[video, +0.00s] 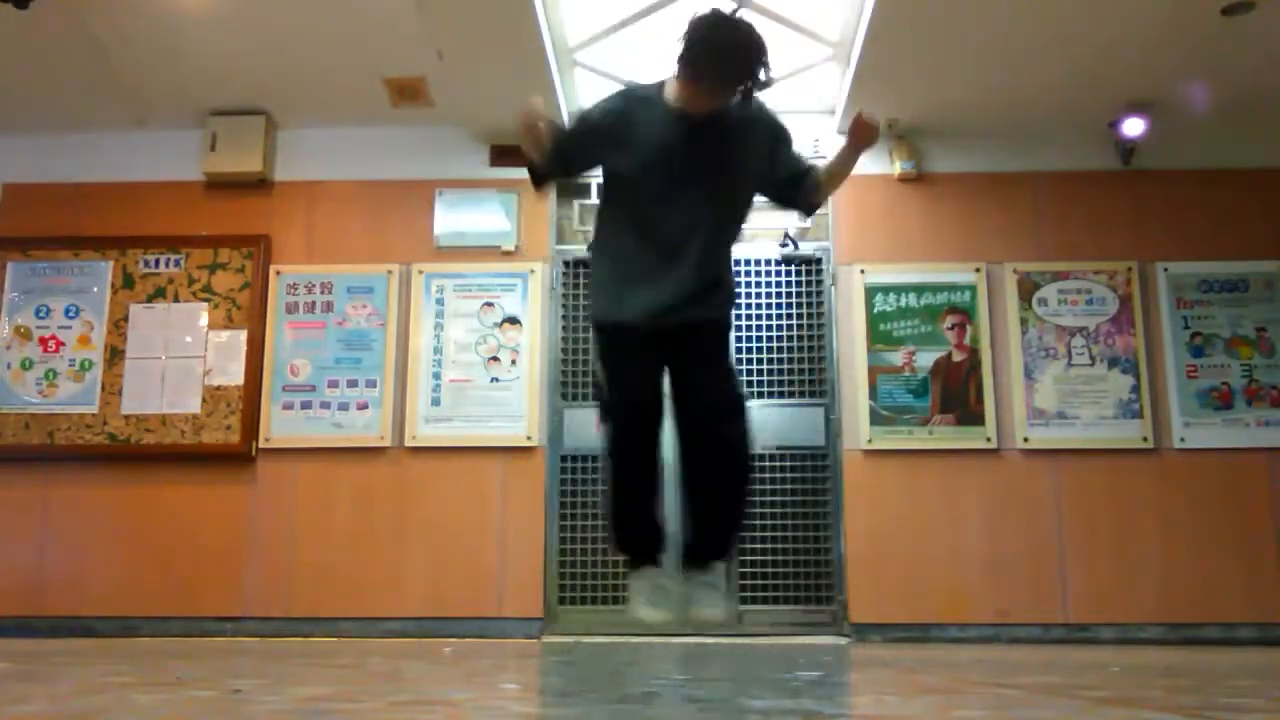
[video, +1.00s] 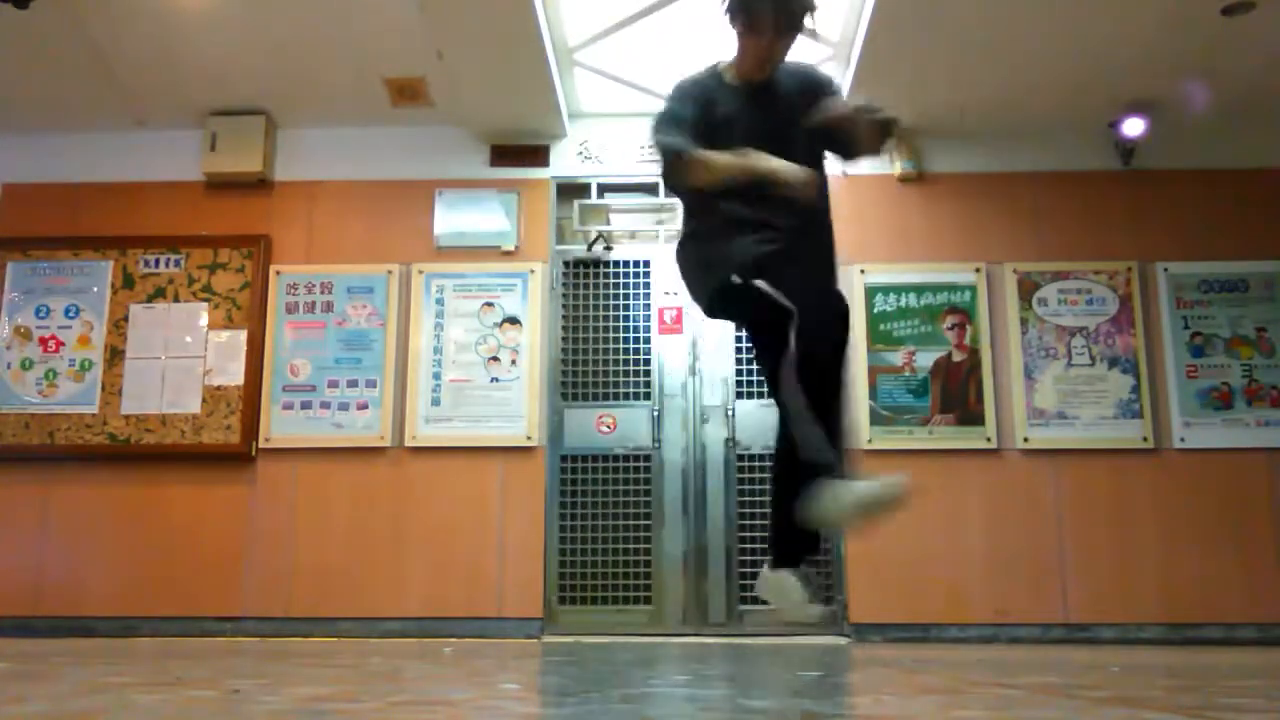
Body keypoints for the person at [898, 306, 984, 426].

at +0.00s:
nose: (957, 331)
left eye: (961, 326)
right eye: (951, 327)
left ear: (969, 328)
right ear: (944, 331)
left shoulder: (980, 360)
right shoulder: (940, 364)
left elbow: (985, 408)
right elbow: (918, 392)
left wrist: (955, 418)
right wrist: (909, 370)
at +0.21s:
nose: (957, 331)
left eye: (962, 326)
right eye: (951, 327)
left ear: (969, 328)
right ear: (944, 331)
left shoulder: (980, 360)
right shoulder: (940, 364)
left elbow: (986, 408)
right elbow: (918, 392)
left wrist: (955, 418)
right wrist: (909, 370)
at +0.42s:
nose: (957, 331)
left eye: (962, 326)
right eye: (951, 327)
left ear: (969, 328)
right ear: (944, 331)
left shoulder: (980, 360)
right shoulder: (940, 364)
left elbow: (986, 408)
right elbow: (918, 392)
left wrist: (955, 418)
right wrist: (909, 370)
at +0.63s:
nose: (957, 331)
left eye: (962, 326)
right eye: (951, 327)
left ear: (969, 328)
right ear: (944, 331)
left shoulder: (980, 360)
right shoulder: (940, 364)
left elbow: (986, 408)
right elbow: (918, 392)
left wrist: (955, 418)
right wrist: (909, 370)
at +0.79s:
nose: (957, 331)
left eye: (962, 326)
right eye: (951, 327)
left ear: (969, 328)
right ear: (944, 331)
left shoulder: (980, 360)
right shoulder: (940, 364)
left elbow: (986, 408)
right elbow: (918, 392)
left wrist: (955, 418)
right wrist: (909, 370)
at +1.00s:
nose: (957, 331)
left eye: (961, 326)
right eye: (951, 327)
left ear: (969, 328)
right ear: (944, 331)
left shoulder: (980, 360)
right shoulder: (940, 364)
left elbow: (984, 409)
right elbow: (918, 392)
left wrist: (955, 418)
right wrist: (909, 370)